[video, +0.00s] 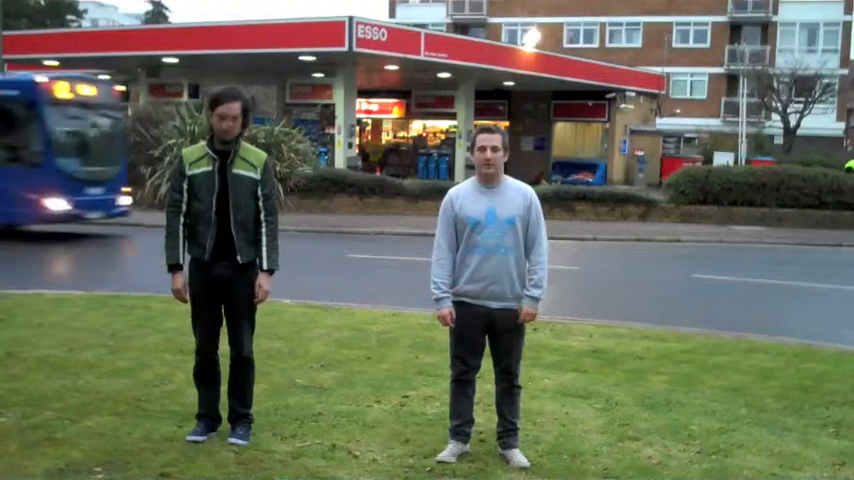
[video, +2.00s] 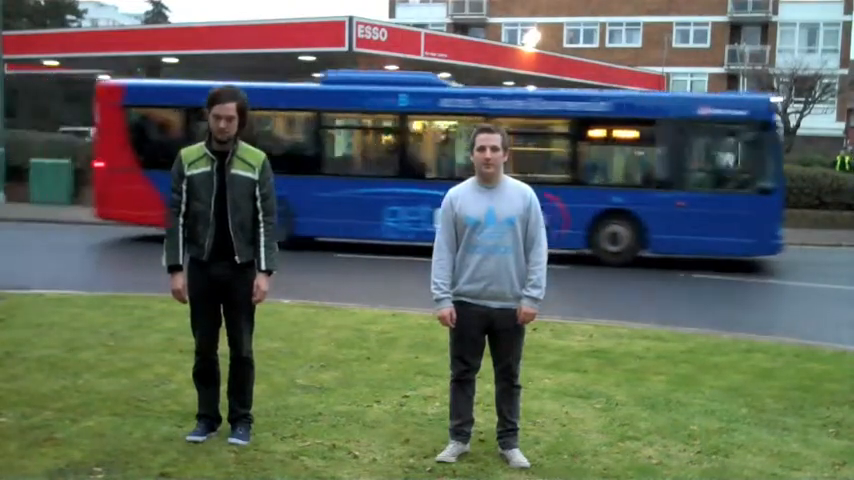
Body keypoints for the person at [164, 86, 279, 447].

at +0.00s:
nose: (227, 124)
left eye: (234, 119)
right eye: (221, 118)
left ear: (244, 122)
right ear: (210, 118)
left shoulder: (260, 163)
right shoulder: (188, 160)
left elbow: (269, 219)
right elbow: (174, 216)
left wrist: (266, 270)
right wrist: (176, 269)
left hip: (243, 269)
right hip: (202, 268)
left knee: (242, 350)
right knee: (205, 349)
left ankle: (241, 421)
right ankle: (207, 419)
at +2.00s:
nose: (224, 124)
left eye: (231, 119)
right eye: (218, 118)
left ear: (241, 121)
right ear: (208, 118)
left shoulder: (257, 162)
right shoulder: (187, 159)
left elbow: (267, 219)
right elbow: (175, 216)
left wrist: (264, 270)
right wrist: (176, 269)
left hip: (241, 269)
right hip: (200, 268)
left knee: (241, 350)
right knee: (204, 348)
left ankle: (241, 421)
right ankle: (206, 419)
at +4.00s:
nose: (214, 126)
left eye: (221, 121)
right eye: (212, 120)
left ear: (241, 124)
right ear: (209, 120)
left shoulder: (263, 165)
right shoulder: (194, 159)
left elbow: (270, 223)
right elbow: (178, 212)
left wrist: (264, 275)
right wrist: (173, 265)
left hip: (243, 272)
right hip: (202, 269)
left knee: (242, 350)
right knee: (194, 345)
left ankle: (241, 421)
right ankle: (204, 419)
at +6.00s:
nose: (209, 122)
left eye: (215, 116)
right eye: (208, 116)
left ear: (236, 119)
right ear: (211, 120)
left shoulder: (265, 165)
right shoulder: (195, 159)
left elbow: (272, 224)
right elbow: (178, 212)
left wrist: (263, 274)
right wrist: (173, 263)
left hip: (243, 272)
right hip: (202, 269)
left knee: (243, 352)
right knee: (183, 339)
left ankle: (240, 420)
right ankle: (197, 413)